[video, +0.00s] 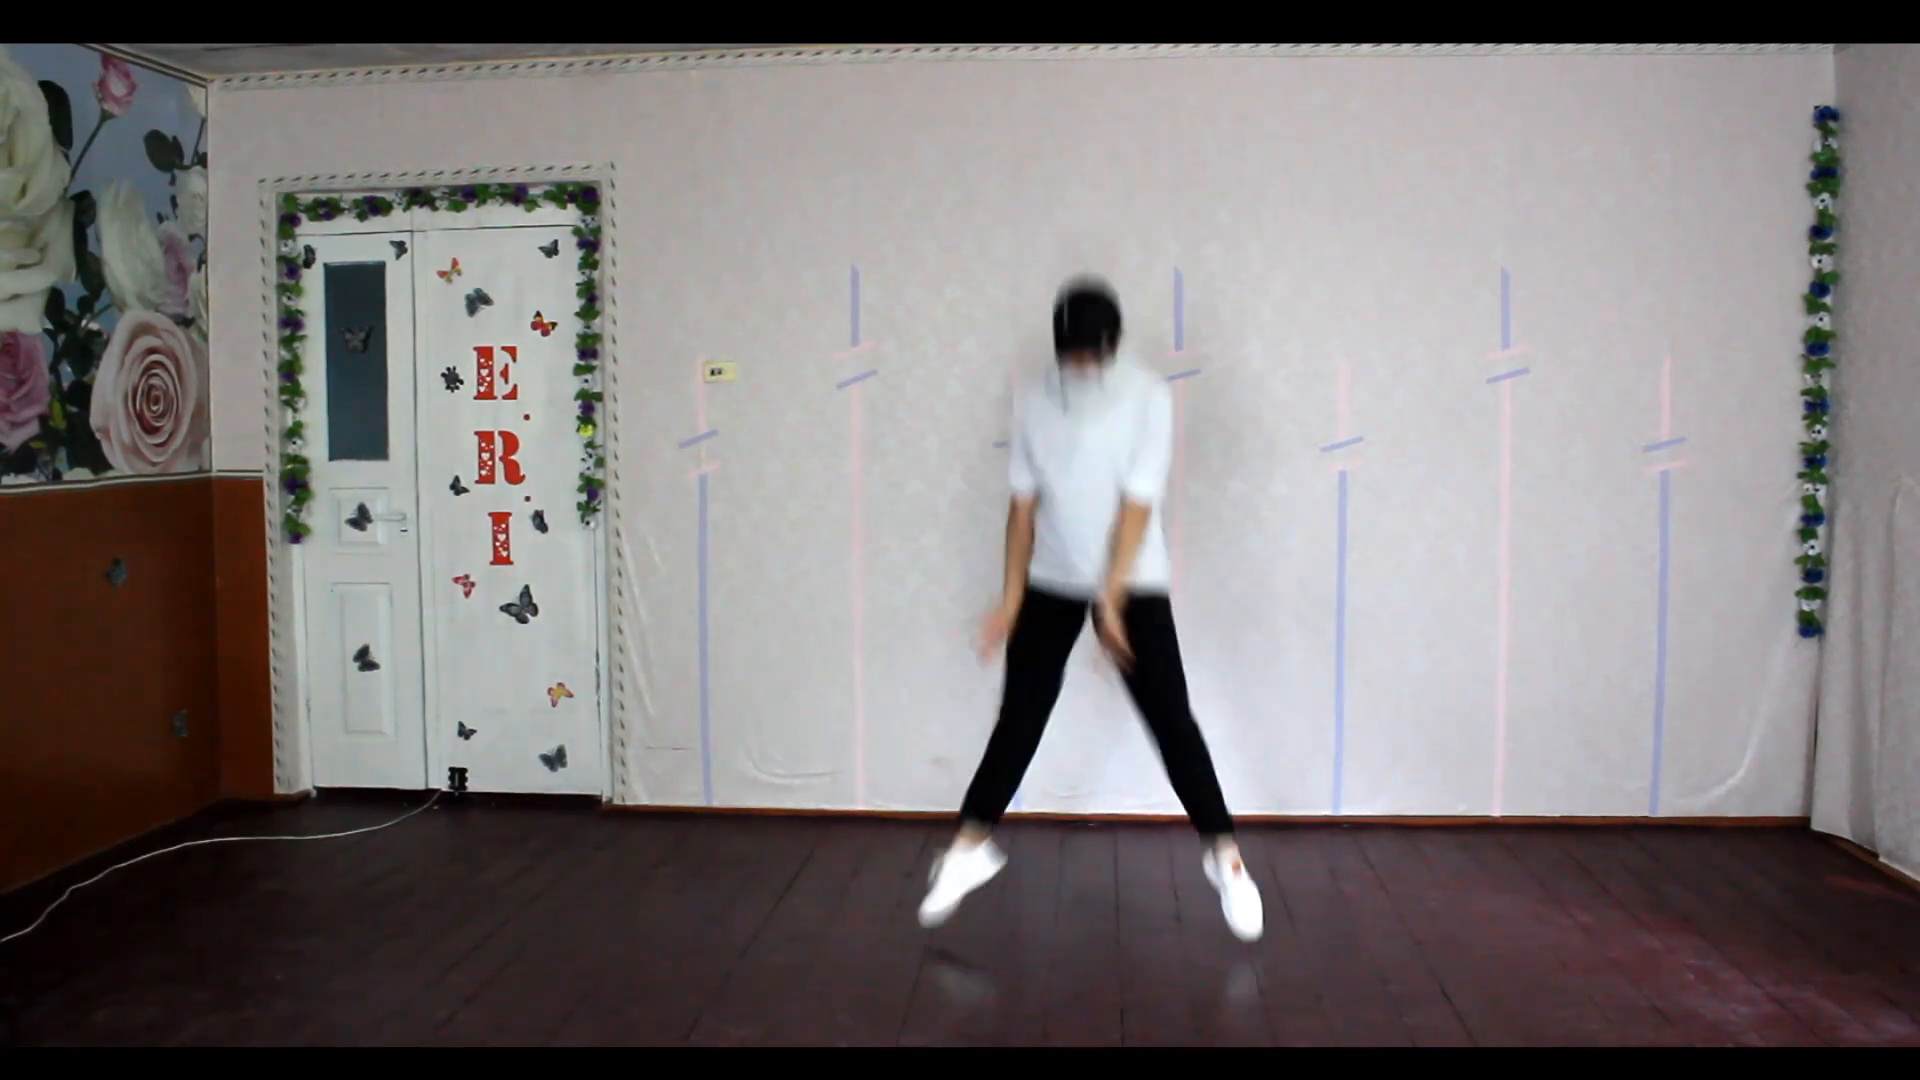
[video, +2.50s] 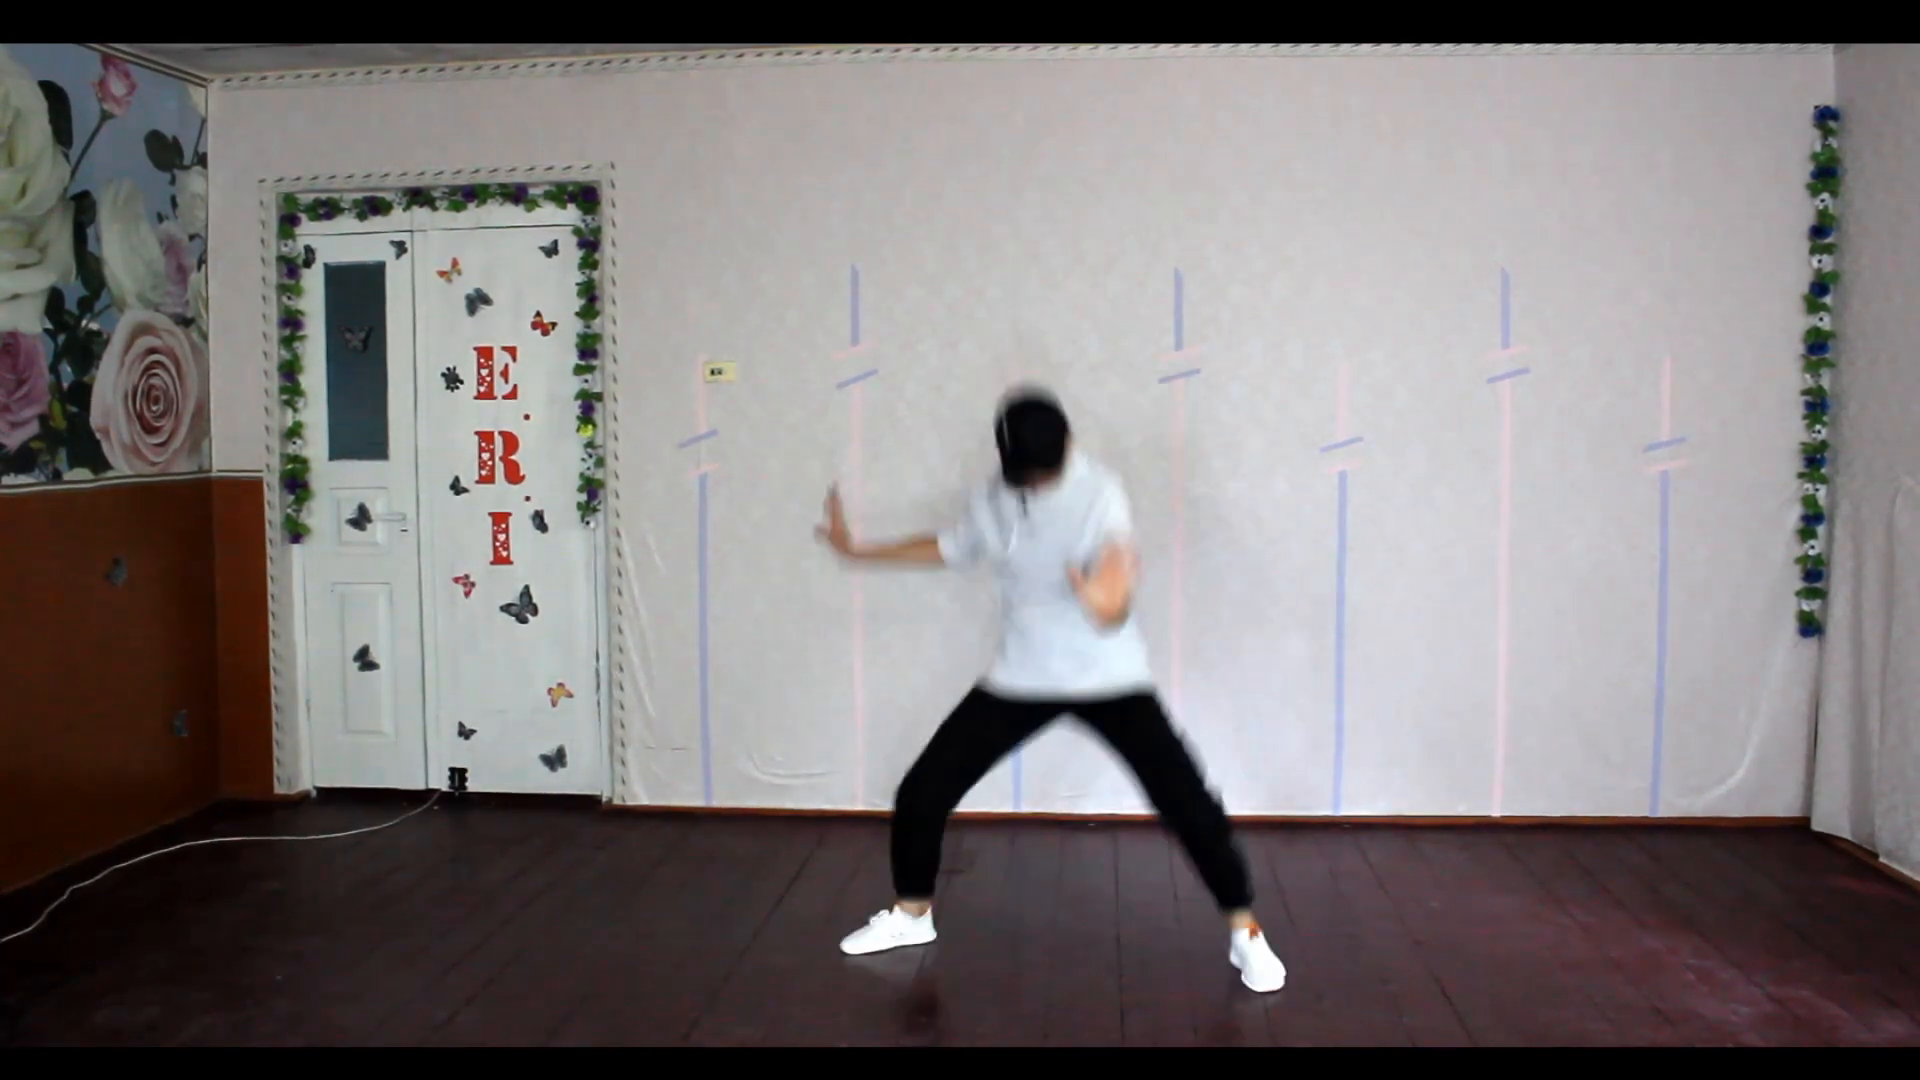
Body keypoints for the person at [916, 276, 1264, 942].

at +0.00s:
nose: (1084, 368)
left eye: (1095, 357)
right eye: (1074, 357)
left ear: (1114, 347)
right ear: (1057, 348)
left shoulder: (1146, 397)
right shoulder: (1036, 395)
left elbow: (1139, 504)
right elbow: (1024, 501)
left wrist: (1111, 600)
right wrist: (1012, 597)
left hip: (1133, 585)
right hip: (1052, 585)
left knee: (1172, 724)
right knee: (1017, 722)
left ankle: (1226, 856)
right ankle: (968, 845)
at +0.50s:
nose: (1051, 567)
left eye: (1059, 557)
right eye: (1040, 558)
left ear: (1083, 532)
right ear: (1024, 538)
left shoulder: (1121, 552)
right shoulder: (1025, 574)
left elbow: (1183, 640)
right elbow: (996, 684)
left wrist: (1121, 734)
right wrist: (969, 794)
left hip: (1141, 715)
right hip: (1076, 716)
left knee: (1094, 804)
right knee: (1030, 836)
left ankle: (1130, 951)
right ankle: (1124, 866)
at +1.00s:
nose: (1051, 799)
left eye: (1057, 787)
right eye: (1034, 793)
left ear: (1071, 752)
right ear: (1008, 761)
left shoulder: (1115, 721)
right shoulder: (1000, 768)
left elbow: (1219, 714)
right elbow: (987, 836)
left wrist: (1166, 778)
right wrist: (981, 930)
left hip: (1158, 809)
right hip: (1080, 823)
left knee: (1123, 797)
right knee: (1011, 931)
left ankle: (1131, 949)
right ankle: (1098, 875)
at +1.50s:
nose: (1047, 551)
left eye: (1054, 539)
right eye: (1035, 543)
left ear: (1071, 515)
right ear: (1018, 529)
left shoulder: (1124, 529)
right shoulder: (1017, 566)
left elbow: (1161, 629)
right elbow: (1000, 674)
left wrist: (1150, 740)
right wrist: (988, 764)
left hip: (1153, 693)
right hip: (1085, 702)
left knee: (1121, 806)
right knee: (1063, 832)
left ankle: (1131, 951)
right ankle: (1126, 868)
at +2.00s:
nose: (1091, 396)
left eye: (1101, 383)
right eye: (1078, 386)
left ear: (1117, 369)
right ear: (1056, 374)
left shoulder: (1152, 425)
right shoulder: (1024, 431)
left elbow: (1167, 529)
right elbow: (1004, 523)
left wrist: (1068, 539)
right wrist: (1073, 542)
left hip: (1125, 639)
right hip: (1043, 636)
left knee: (1116, 779)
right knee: (1050, 782)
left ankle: (1116, 917)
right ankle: (1064, 923)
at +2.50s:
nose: (1036, 486)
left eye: (1045, 475)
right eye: (1025, 477)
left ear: (1064, 455)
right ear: (1006, 460)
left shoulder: (1099, 494)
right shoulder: (995, 500)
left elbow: (1116, 595)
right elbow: (949, 548)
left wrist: (1102, 599)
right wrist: (858, 552)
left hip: (1110, 680)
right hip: (1021, 680)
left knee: (1187, 801)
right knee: (922, 794)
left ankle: (1246, 931)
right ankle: (912, 913)